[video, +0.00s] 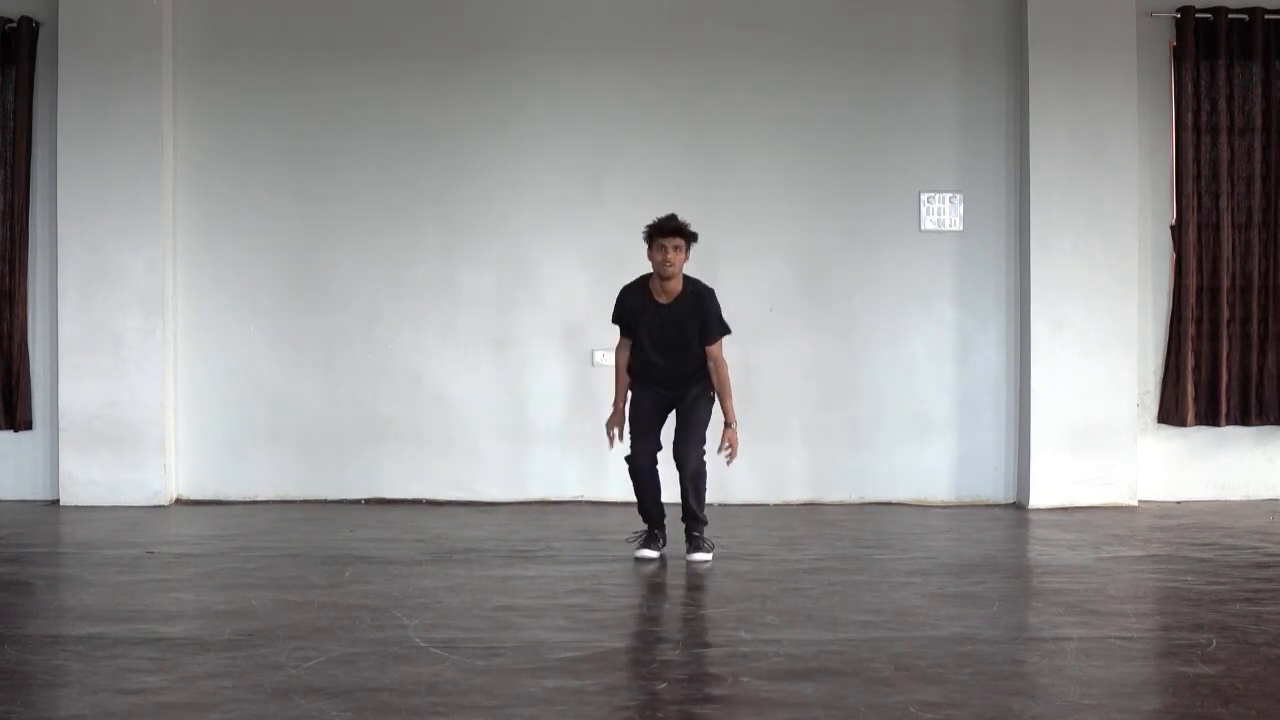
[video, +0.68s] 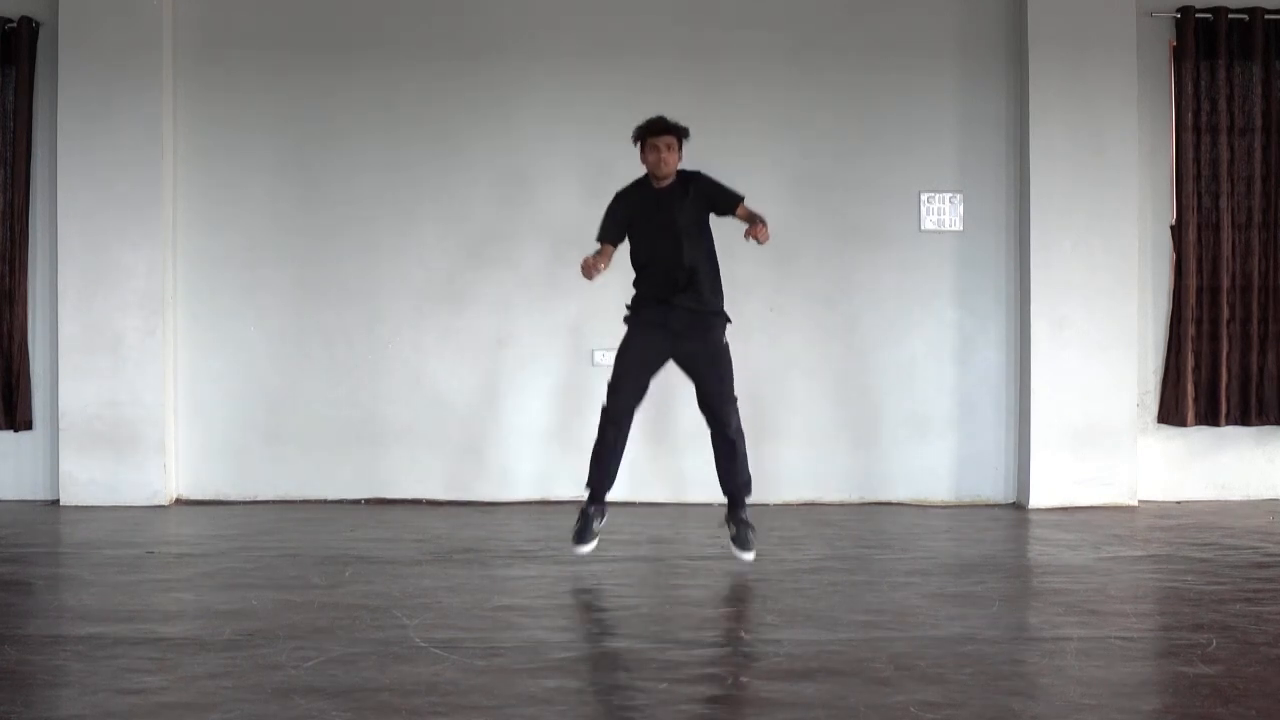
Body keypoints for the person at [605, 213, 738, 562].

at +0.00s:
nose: (668, 256)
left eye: (676, 249)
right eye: (660, 249)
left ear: (686, 256)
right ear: (649, 254)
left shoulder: (702, 297)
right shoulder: (631, 296)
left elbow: (716, 360)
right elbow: (623, 350)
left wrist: (730, 422)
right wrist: (618, 407)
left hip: (695, 386)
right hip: (648, 387)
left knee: (688, 454)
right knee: (640, 456)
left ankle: (695, 534)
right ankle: (654, 532)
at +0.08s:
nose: (667, 257)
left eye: (676, 251)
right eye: (660, 250)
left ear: (687, 259)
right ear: (649, 257)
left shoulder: (702, 301)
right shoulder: (634, 302)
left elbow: (717, 368)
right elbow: (619, 368)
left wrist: (736, 434)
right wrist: (599, 429)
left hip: (697, 388)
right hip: (653, 389)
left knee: (682, 452)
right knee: (647, 459)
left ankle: (695, 534)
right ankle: (656, 533)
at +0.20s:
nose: (668, 210)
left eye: (676, 204)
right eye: (661, 204)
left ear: (686, 211)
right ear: (649, 211)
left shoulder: (702, 253)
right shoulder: (633, 257)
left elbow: (737, 291)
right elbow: (597, 302)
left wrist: (737, 301)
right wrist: (589, 322)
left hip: (698, 370)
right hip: (653, 371)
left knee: (688, 450)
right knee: (649, 455)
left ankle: (696, 533)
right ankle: (656, 532)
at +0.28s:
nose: (669, 156)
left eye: (677, 148)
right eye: (661, 149)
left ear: (688, 152)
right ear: (650, 152)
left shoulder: (703, 193)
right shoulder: (631, 197)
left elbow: (745, 245)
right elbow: (614, 255)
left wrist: (738, 263)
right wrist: (603, 252)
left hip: (696, 325)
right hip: (647, 327)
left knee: (705, 418)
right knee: (652, 420)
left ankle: (707, 507)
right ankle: (656, 504)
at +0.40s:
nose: (668, 120)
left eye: (676, 113)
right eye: (660, 113)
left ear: (687, 119)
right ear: (650, 118)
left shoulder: (707, 161)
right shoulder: (635, 162)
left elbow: (748, 205)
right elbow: (607, 211)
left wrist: (763, 234)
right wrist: (588, 225)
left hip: (693, 287)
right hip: (644, 286)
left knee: (714, 370)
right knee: (631, 371)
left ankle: (700, 412)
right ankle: (667, 381)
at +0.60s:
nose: (663, 132)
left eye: (671, 124)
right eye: (655, 125)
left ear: (683, 129)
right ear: (644, 130)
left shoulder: (702, 168)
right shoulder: (629, 176)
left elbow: (760, 190)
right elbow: (596, 226)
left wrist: (767, 207)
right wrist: (582, 239)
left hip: (699, 295)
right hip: (647, 293)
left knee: (730, 376)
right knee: (614, 352)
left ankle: (717, 464)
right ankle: (633, 430)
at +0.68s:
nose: (661, 157)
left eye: (668, 148)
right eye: (652, 149)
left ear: (680, 152)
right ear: (641, 154)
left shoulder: (698, 187)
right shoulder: (627, 200)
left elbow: (742, 211)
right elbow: (606, 251)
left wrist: (756, 224)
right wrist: (593, 264)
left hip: (702, 323)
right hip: (648, 323)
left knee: (724, 419)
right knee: (616, 409)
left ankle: (738, 511)